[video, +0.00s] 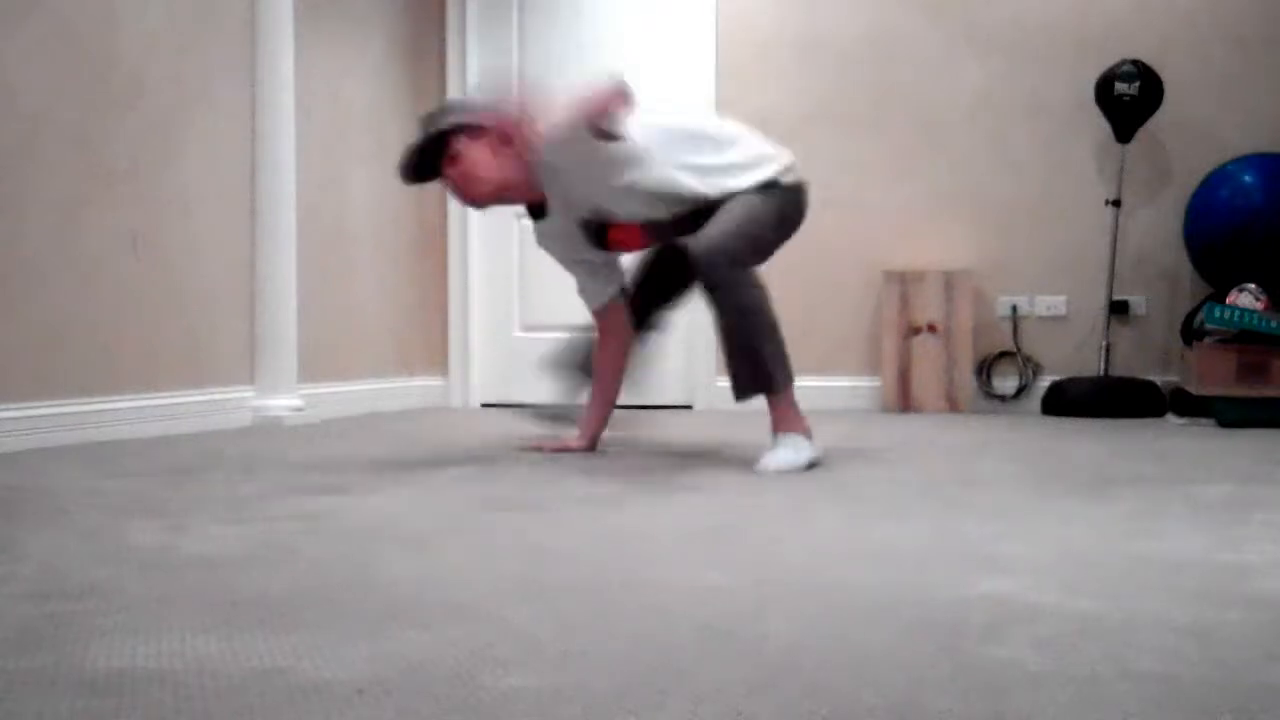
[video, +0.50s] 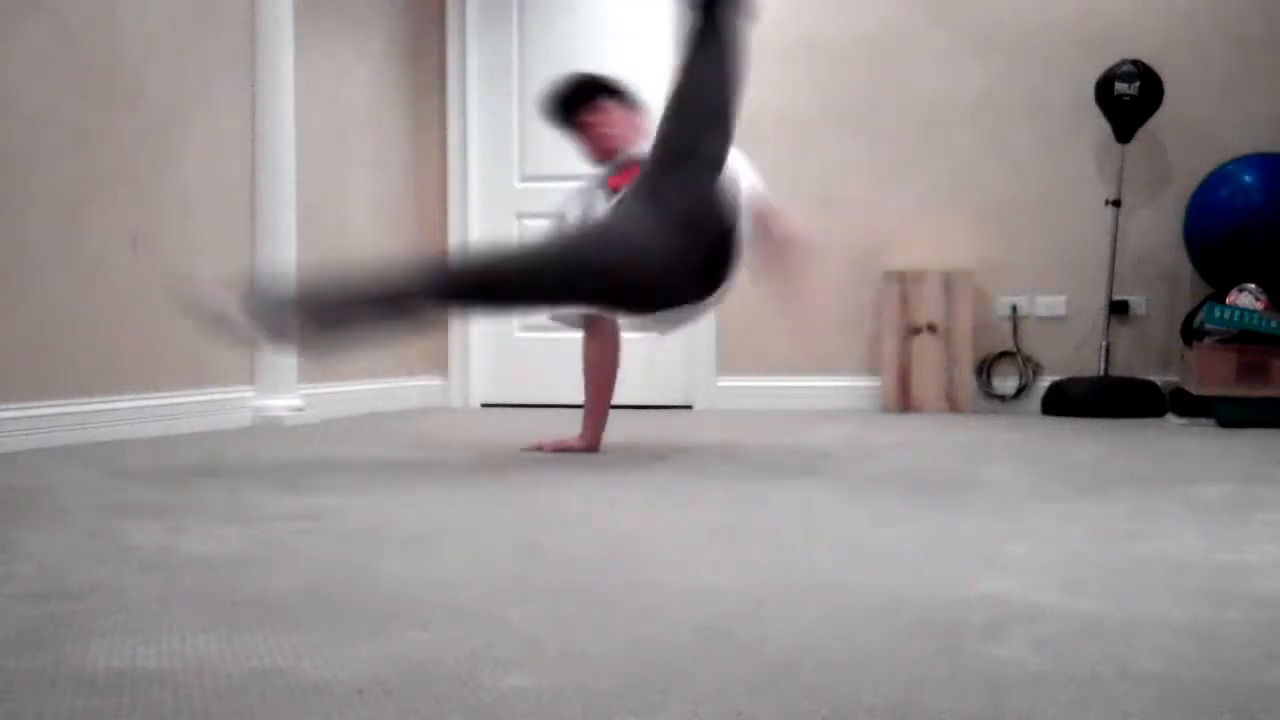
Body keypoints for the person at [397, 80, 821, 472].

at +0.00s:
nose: (454, 183)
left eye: (455, 160)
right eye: (444, 177)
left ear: (496, 137)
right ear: (451, 191)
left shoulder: (564, 146)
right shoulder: (558, 230)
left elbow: (612, 96)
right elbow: (614, 324)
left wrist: (561, 122)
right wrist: (588, 436)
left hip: (766, 184)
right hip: (695, 220)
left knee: (714, 252)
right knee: (631, 312)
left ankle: (790, 429)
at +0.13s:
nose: (442, 178)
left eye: (437, 156)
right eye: (432, 177)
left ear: (467, 128)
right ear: (443, 186)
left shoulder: (527, 113)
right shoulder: (555, 228)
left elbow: (591, 30)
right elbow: (607, 328)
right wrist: (591, 438)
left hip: (755, 170)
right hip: (724, 209)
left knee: (687, 285)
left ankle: (803, 430)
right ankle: (904, 343)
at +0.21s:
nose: (452, 145)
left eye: (447, 127)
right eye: (439, 152)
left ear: (472, 105)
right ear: (449, 167)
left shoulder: (538, 89)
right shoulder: (535, 220)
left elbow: (611, 28)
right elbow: (591, 321)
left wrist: (633, 5)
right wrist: (593, 435)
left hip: (731, 158)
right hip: (732, 214)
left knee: (653, 262)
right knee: (844, 361)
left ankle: (790, 397)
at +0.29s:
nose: (482, 131)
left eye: (478, 113)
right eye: (468, 133)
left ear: (506, 95)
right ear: (473, 149)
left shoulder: (583, 100)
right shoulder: (544, 214)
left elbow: (672, 64)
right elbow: (587, 323)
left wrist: (703, 5)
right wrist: (589, 435)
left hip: (704, 126)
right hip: (735, 191)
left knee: (573, 174)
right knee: (808, 330)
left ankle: (709, 278)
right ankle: (985, 287)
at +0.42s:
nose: (548, 131)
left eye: (551, 112)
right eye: (534, 128)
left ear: (581, 106)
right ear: (532, 146)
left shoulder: (645, 153)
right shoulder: (566, 219)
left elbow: (750, 164)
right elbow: (593, 326)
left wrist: (820, 117)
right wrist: (589, 437)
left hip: (721, 188)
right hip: (714, 254)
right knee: (568, 300)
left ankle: (600, 13)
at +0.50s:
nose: (597, 129)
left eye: (603, 115)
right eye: (585, 126)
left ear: (632, 111)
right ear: (580, 138)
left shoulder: (690, 159)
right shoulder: (591, 219)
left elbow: (771, 221)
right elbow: (600, 334)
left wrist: (798, 288)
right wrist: (589, 438)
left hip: (695, 240)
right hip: (624, 275)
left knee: (711, 63)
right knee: (459, 280)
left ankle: (716, 4)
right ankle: (299, 317)